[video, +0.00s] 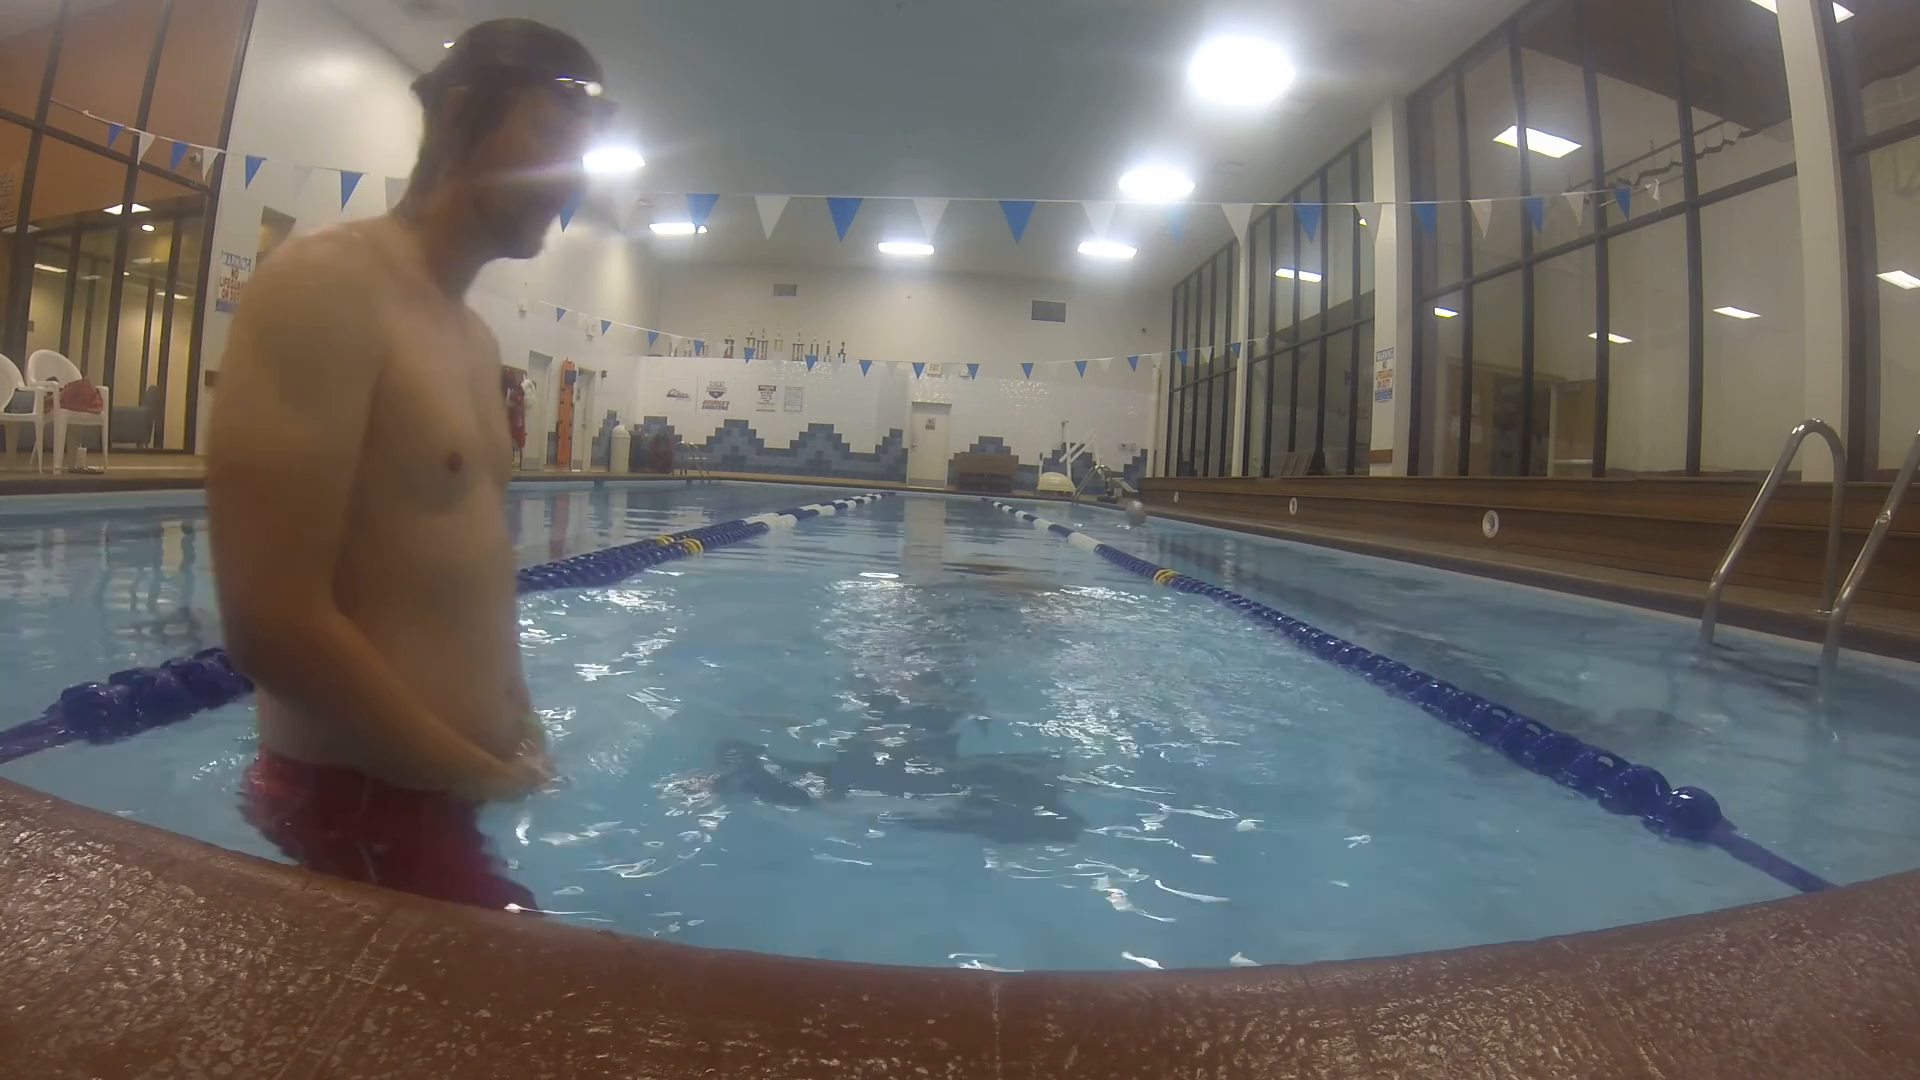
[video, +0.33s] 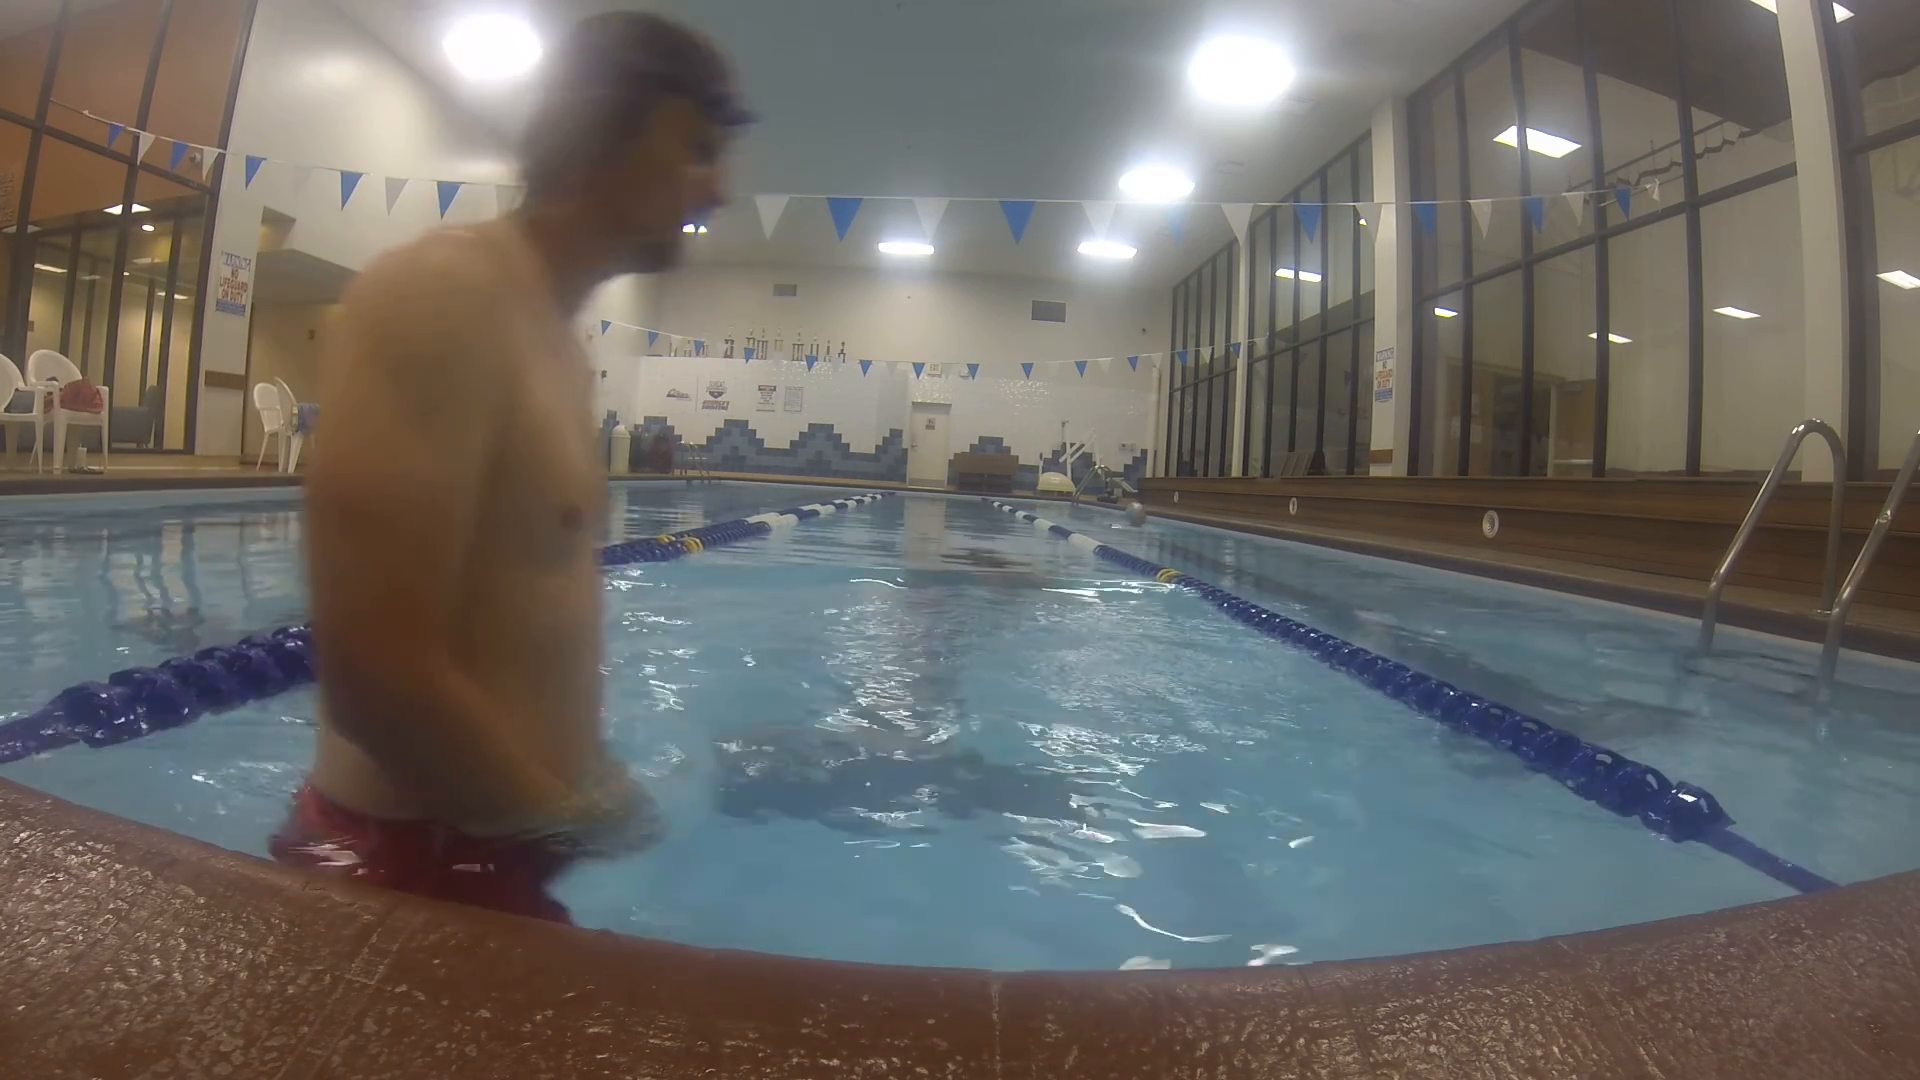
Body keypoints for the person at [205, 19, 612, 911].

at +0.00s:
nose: (575, 178)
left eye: (584, 149)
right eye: (558, 134)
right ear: (464, 115)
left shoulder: (471, 331)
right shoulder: (320, 286)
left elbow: (452, 573)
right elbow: (271, 621)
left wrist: (516, 727)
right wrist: (475, 772)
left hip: (431, 801)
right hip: (354, 805)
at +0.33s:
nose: (717, 191)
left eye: (717, 159)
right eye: (698, 150)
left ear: (626, 148)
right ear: (610, 135)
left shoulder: (542, 322)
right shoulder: (438, 294)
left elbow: (493, 612)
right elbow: (375, 661)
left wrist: (588, 774)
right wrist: (562, 818)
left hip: (481, 860)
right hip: (404, 872)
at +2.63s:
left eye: (1253, 94)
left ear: (1272, 102)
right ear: (1439, 119)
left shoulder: (1215, 232)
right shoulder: (1594, 309)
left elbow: (1042, 471)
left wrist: (1172, 215)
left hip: (1202, 942)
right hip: (1458, 942)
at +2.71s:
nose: (1236, 116)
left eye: (1247, 94)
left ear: (1269, 107)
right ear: (1432, 119)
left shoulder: (1213, 237)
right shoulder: (1589, 306)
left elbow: (1043, 476)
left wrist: (1169, 209)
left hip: (1210, 945)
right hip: (1463, 940)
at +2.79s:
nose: (1221, 123)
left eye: (1233, 100)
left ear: (1259, 106)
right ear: (1420, 119)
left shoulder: (1206, 242)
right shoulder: (1587, 310)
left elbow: (1047, 496)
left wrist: (1168, 210)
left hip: (1213, 943)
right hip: (1466, 941)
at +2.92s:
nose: (1223, 128)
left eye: (1235, 107)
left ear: (1260, 118)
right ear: (1415, 129)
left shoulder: (1204, 249)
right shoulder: (1578, 310)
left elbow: (1051, 509)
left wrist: (1168, 224)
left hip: (1216, 951)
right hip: (1471, 947)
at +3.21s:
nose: (1237, 133)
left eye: (1247, 115)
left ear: (1269, 123)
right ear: (1417, 133)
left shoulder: (1205, 242)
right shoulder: (1576, 307)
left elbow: (1068, 527)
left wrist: (1180, 215)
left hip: (1209, 944)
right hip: (1469, 941)